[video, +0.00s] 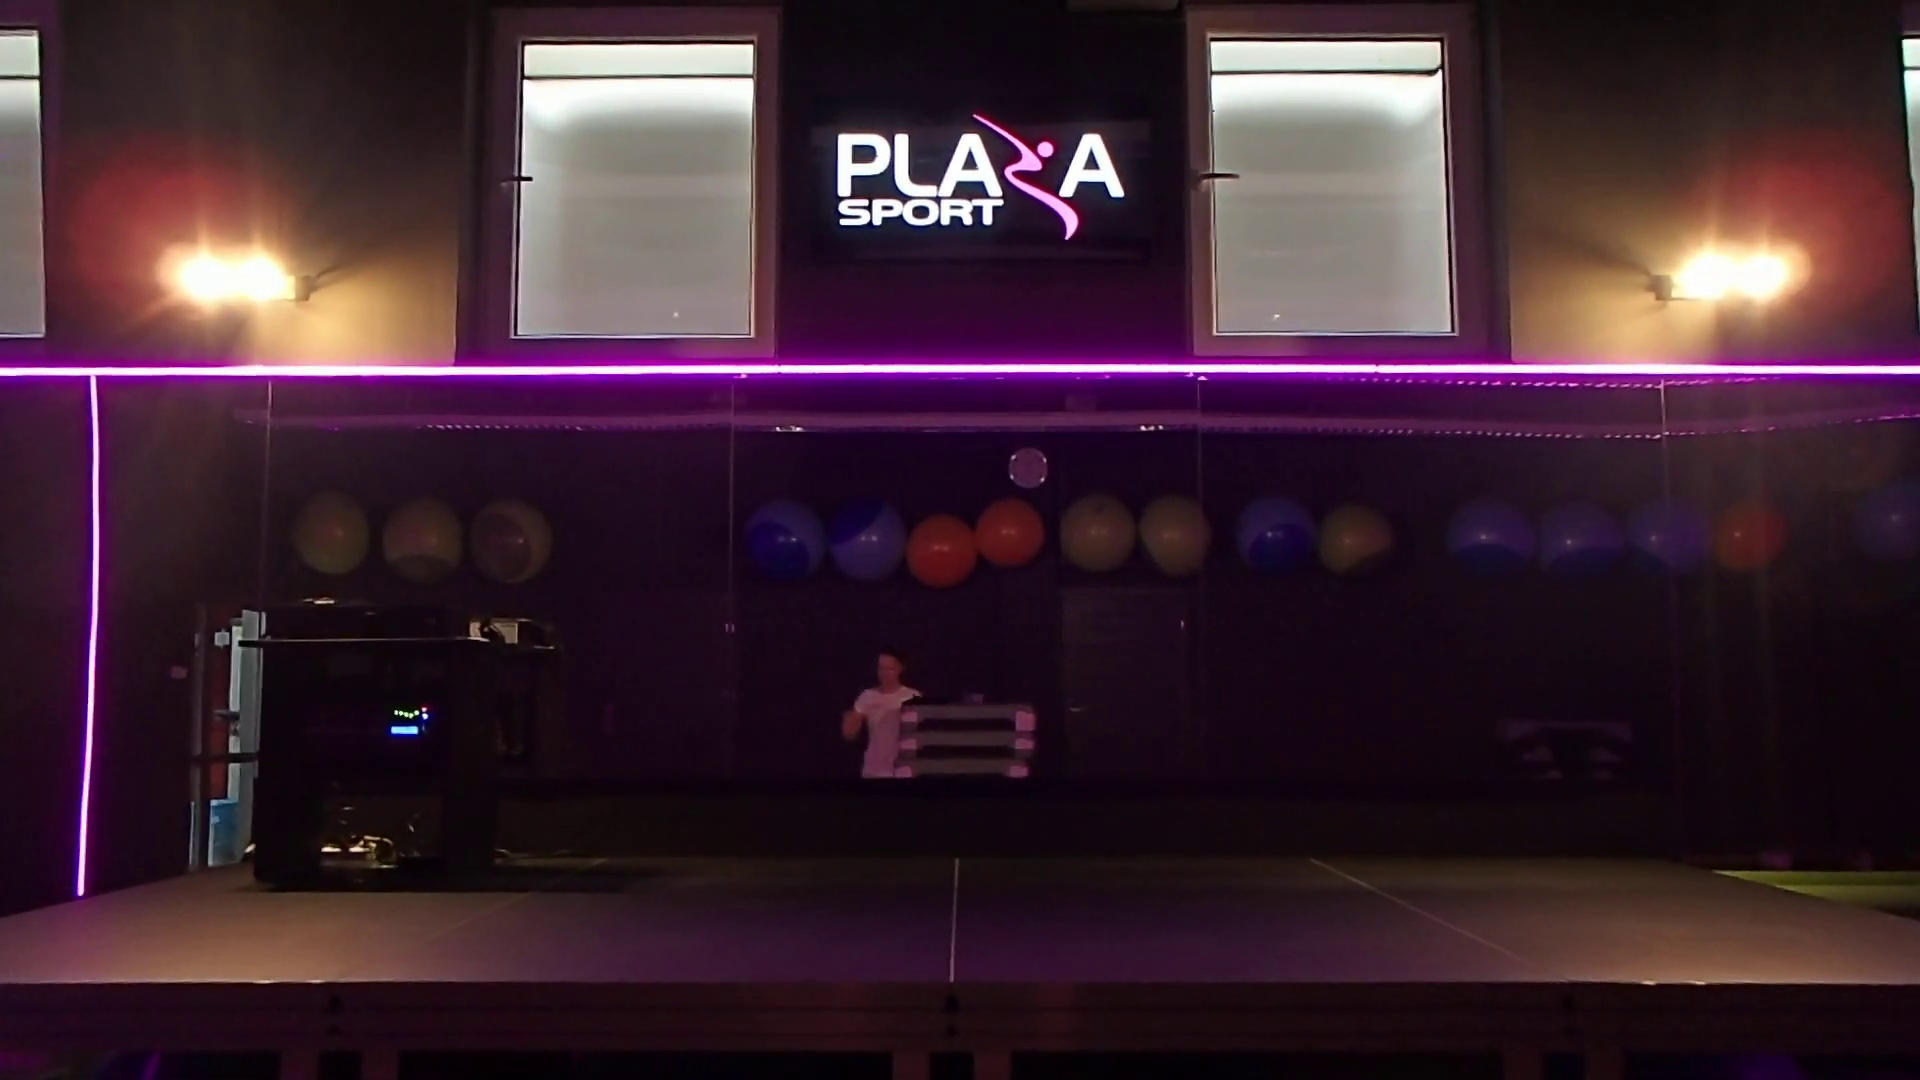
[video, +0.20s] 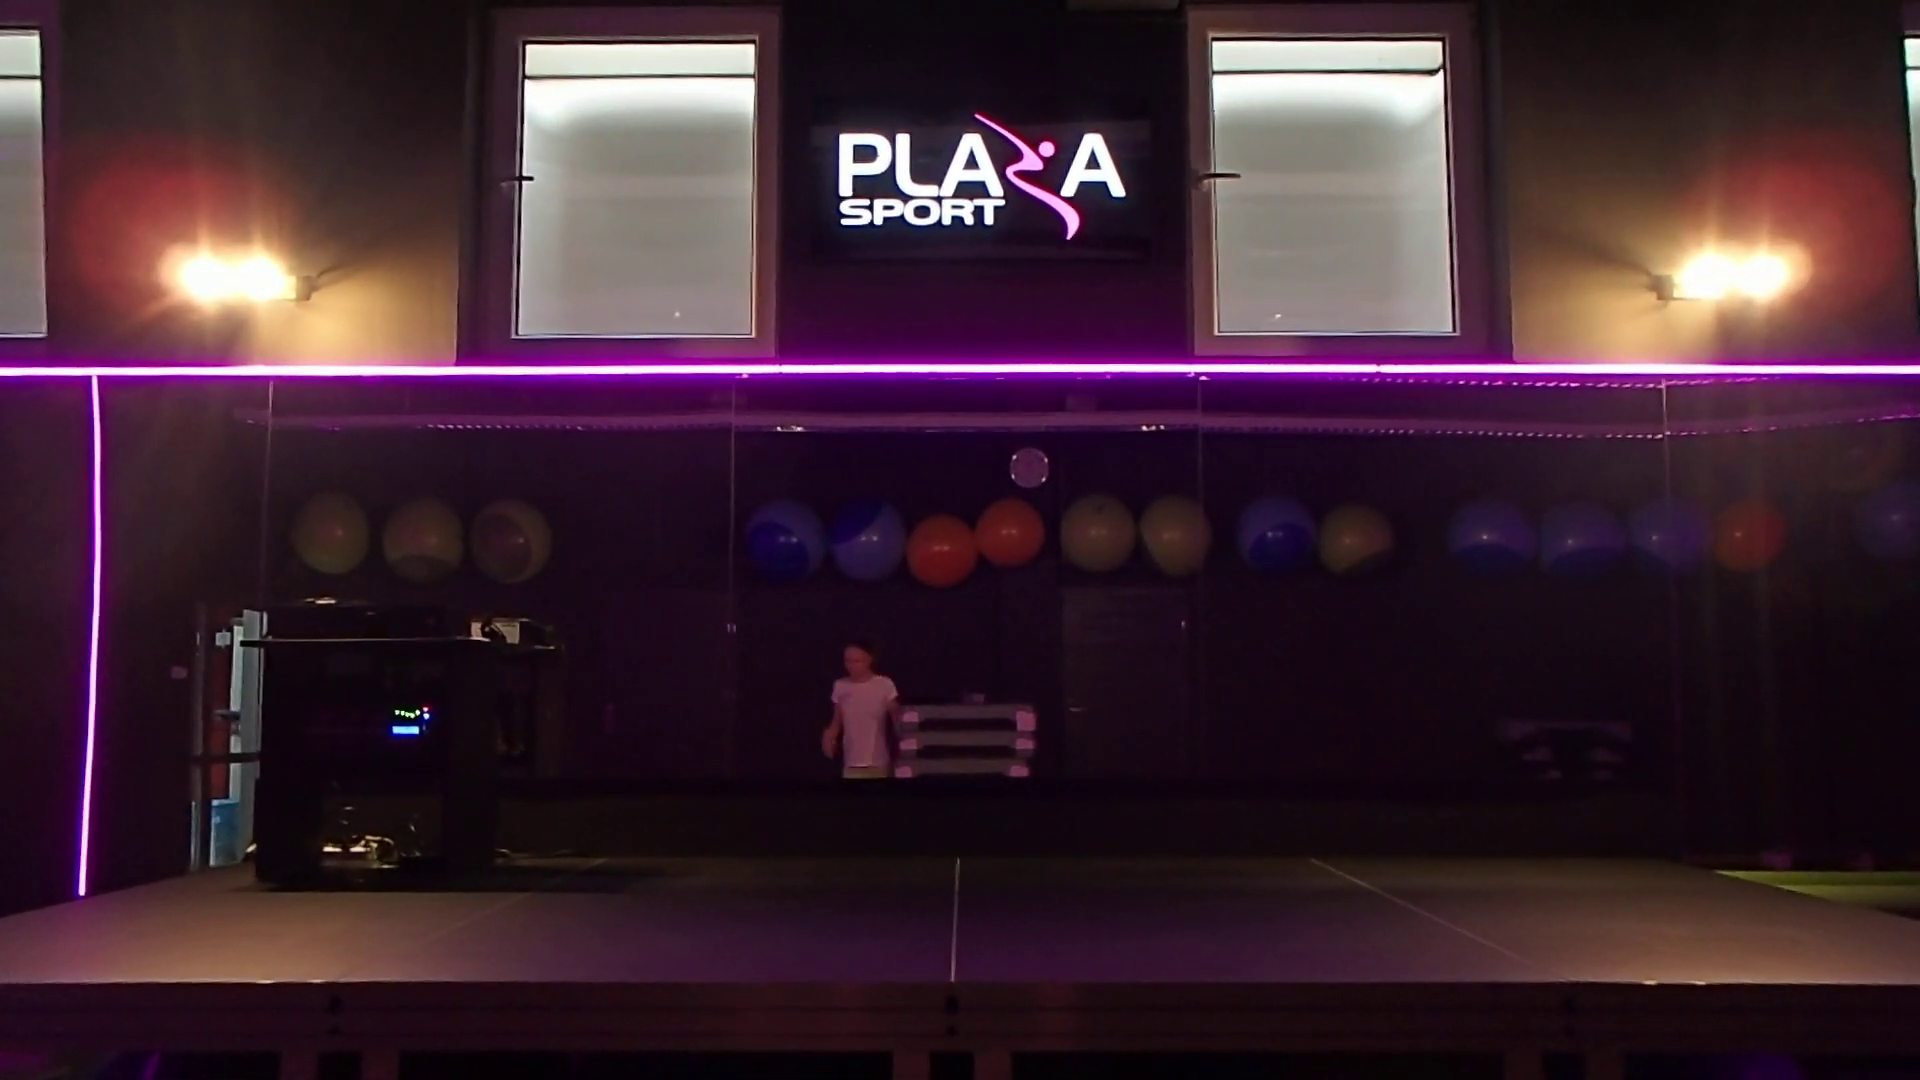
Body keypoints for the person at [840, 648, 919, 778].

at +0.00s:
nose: (884, 673)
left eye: (889, 669)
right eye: (881, 668)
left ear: (900, 669)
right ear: (877, 669)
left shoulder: (912, 697)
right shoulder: (867, 697)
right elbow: (850, 733)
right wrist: (850, 721)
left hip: (901, 769)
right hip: (873, 768)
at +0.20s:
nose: (852, 666)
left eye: (857, 661)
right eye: (848, 661)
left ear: (869, 660)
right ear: (844, 662)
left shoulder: (885, 685)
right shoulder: (841, 686)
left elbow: (896, 721)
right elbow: (837, 718)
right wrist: (829, 736)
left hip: (878, 765)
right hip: (851, 764)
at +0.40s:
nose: (815, 678)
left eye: (820, 672)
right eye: (811, 673)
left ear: (833, 671)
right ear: (808, 675)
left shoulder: (853, 696)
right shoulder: (808, 701)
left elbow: (867, 733)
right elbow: (809, 735)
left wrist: (875, 768)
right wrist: (806, 758)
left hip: (858, 771)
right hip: (829, 773)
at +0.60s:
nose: (774, 692)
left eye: (781, 687)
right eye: (772, 687)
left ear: (794, 690)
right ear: (769, 690)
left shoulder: (809, 716)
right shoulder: (768, 714)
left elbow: (831, 755)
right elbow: (772, 749)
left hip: (820, 781)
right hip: (791, 781)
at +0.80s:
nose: (738, 679)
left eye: (743, 673)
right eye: (734, 673)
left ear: (753, 678)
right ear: (726, 679)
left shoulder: (761, 707)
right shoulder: (724, 704)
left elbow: (783, 748)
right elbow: (724, 737)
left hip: (770, 776)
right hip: (743, 777)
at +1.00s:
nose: (687, 638)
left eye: (695, 633)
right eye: (684, 632)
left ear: (708, 640)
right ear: (679, 638)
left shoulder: (715, 670)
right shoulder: (677, 671)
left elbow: (734, 714)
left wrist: (707, 727)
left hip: (712, 759)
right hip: (681, 757)